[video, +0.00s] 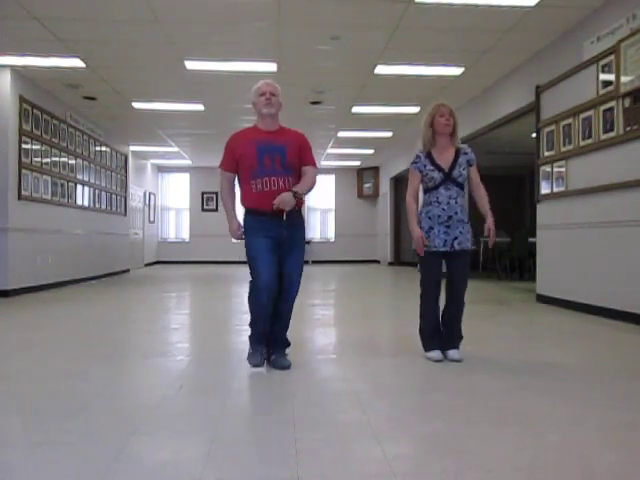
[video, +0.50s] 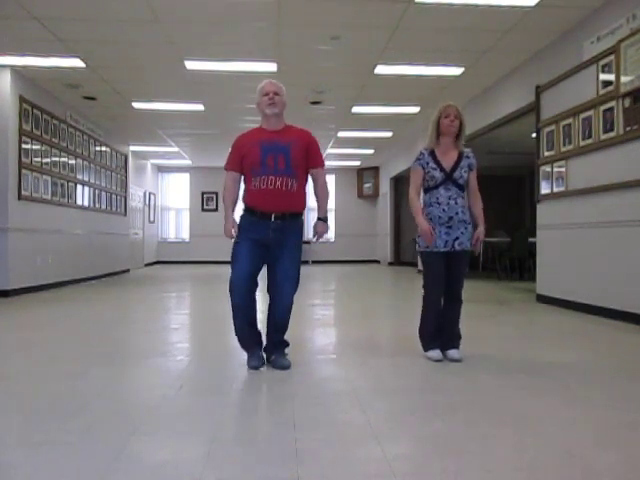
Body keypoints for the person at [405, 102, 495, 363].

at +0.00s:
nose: (446, 120)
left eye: (449, 116)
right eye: (441, 116)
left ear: (454, 122)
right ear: (431, 123)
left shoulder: (466, 154)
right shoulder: (421, 158)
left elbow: (477, 188)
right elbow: (411, 196)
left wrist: (489, 217)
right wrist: (415, 229)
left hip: (459, 230)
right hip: (430, 230)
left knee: (457, 290)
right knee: (430, 289)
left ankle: (452, 343)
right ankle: (431, 344)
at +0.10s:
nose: (445, 123)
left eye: (448, 119)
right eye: (440, 120)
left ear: (454, 126)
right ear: (431, 127)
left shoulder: (466, 157)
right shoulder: (422, 162)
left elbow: (479, 190)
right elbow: (412, 201)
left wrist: (491, 213)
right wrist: (414, 234)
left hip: (458, 233)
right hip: (429, 233)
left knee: (459, 292)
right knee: (427, 291)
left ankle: (451, 344)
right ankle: (430, 343)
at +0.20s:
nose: (445, 123)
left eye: (448, 120)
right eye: (439, 120)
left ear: (454, 126)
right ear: (430, 128)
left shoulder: (466, 158)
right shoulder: (423, 162)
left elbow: (479, 190)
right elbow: (414, 200)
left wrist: (491, 213)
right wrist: (414, 233)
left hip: (458, 233)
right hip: (429, 233)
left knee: (459, 292)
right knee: (426, 290)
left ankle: (451, 344)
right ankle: (430, 343)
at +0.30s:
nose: (446, 121)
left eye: (449, 118)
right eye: (441, 118)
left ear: (456, 124)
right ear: (432, 125)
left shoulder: (467, 156)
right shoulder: (425, 159)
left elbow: (478, 189)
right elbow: (414, 196)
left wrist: (489, 213)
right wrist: (415, 229)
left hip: (459, 231)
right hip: (430, 231)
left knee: (456, 291)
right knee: (429, 290)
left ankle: (451, 344)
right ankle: (430, 343)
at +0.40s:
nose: (449, 119)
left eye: (452, 116)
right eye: (444, 116)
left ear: (459, 122)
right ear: (435, 123)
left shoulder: (468, 156)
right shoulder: (425, 155)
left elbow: (476, 190)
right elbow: (414, 194)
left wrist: (485, 219)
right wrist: (419, 225)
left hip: (459, 229)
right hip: (431, 229)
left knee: (456, 290)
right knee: (431, 289)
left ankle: (451, 344)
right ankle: (431, 343)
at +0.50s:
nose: (450, 121)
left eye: (455, 118)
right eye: (446, 117)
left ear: (460, 125)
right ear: (438, 123)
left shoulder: (467, 157)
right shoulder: (425, 156)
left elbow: (474, 193)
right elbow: (413, 194)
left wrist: (481, 224)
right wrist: (421, 222)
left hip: (461, 230)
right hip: (433, 229)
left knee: (454, 290)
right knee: (434, 289)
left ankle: (451, 343)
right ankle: (431, 343)